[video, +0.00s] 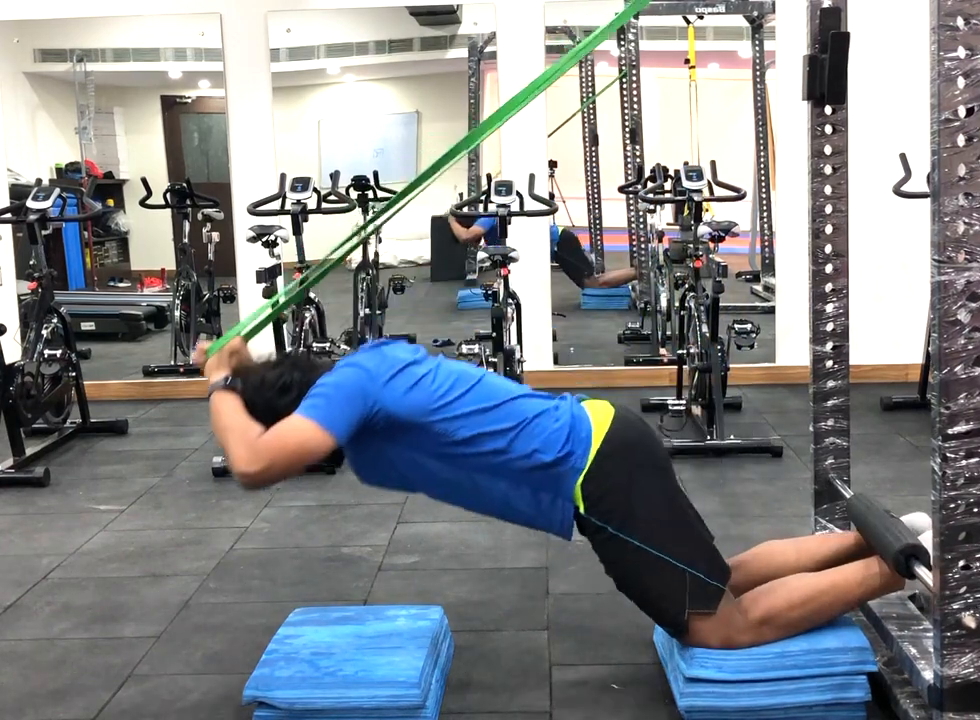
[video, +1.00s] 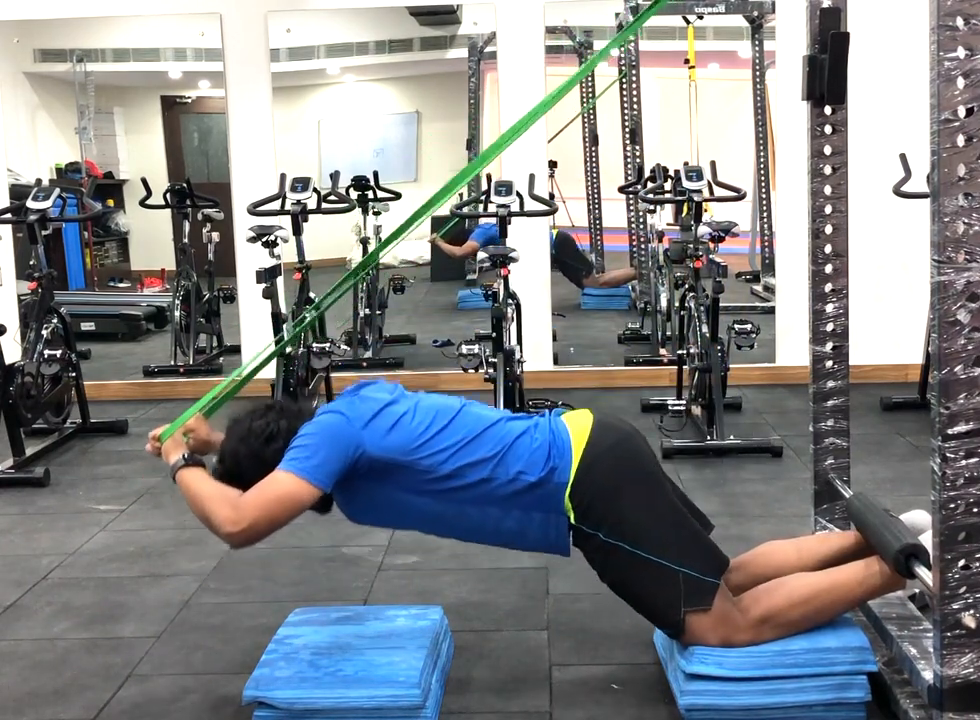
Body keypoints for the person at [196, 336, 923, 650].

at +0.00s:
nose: (286, 441)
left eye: (279, 430)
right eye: (280, 432)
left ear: (295, 407)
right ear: (304, 374)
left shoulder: (359, 376)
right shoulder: (368, 371)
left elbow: (248, 462)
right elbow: (274, 457)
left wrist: (217, 386)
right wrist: (239, 386)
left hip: (601, 467)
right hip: (596, 457)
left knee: (723, 631)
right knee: (707, 594)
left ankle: (903, 568)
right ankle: (860, 535)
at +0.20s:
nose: (252, 490)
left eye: (246, 476)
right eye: (236, 475)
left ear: (268, 449)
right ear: (275, 427)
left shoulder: (334, 428)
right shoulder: (338, 418)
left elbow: (233, 519)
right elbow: (252, 495)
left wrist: (184, 455)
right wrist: (216, 442)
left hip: (584, 481)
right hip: (583, 465)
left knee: (723, 625)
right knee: (713, 586)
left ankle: (901, 567)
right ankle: (861, 537)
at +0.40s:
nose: (264, 535)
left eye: (257, 523)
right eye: (257, 522)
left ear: (271, 492)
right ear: (276, 465)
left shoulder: (324, 459)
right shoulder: (335, 451)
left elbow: (225, 560)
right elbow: (266, 538)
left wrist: (179, 498)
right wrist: (206, 486)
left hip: (576, 487)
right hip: (576, 466)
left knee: (723, 626)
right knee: (716, 583)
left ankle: (895, 565)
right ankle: (865, 533)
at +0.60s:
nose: (257, 542)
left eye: (245, 531)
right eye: (247, 530)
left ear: (269, 498)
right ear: (271, 469)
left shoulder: (321, 466)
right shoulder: (328, 457)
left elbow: (223, 567)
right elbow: (245, 547)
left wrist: (172, 508)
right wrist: (196, 491)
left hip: (573, 489)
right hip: (573, 473)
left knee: (726, 627)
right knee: (713, 584)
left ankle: (893, 565)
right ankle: (863, 534)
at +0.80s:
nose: (261, 527)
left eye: (254, 513)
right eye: (253, 512)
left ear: (271, 480)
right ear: (278, 459)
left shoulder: (326, 450)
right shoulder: (331, 450)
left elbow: (226, 551)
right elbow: (252, 533)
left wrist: (170, 497)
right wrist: (198, 482)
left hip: (576, 485)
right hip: (574, 477)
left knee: (722, 625)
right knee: (712, 585)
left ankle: (890, 567)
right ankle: (861, 535)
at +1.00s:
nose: (271, 500)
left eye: (258, 485)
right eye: (253, 485)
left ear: (274, 452)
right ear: (282, 426)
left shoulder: (339, 430)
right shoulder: (343, 419)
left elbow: (236, 521)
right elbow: (250, 498)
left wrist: (178, 467)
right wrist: (207, 455)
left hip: (587, 477)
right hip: (584, 467)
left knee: (724, 623)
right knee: (710, 588)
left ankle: (903, 567)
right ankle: (859, 536)